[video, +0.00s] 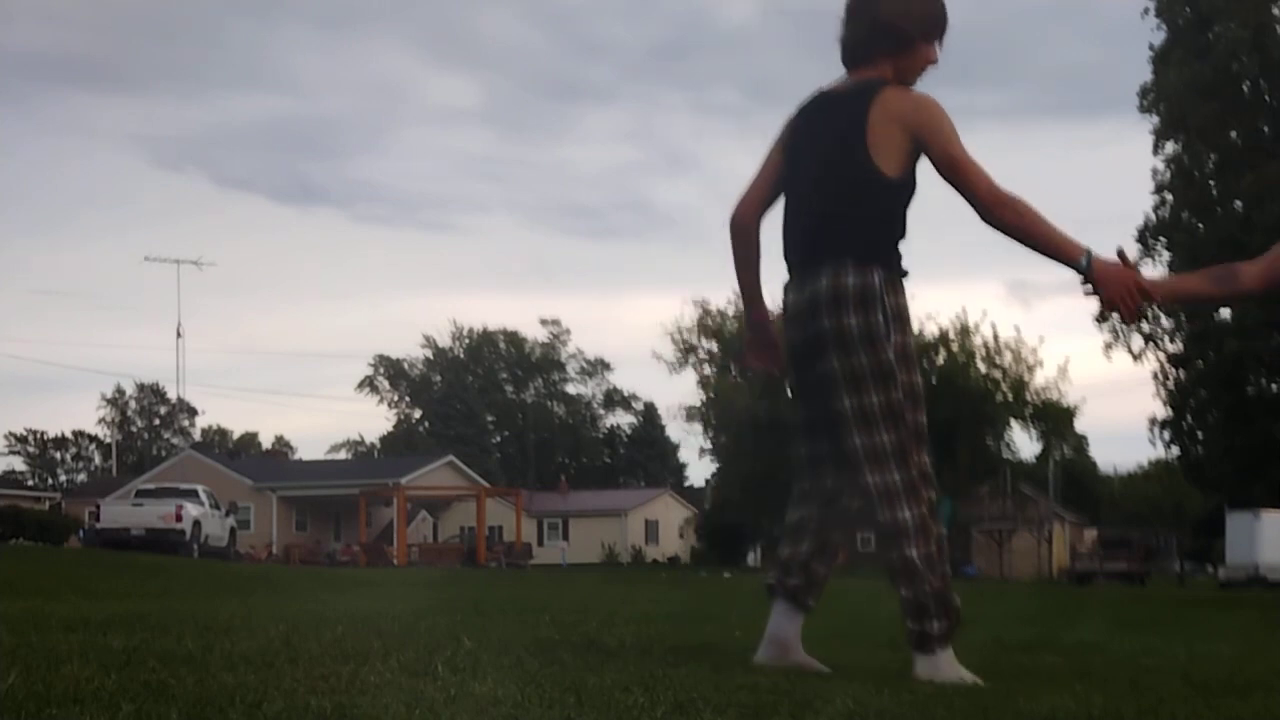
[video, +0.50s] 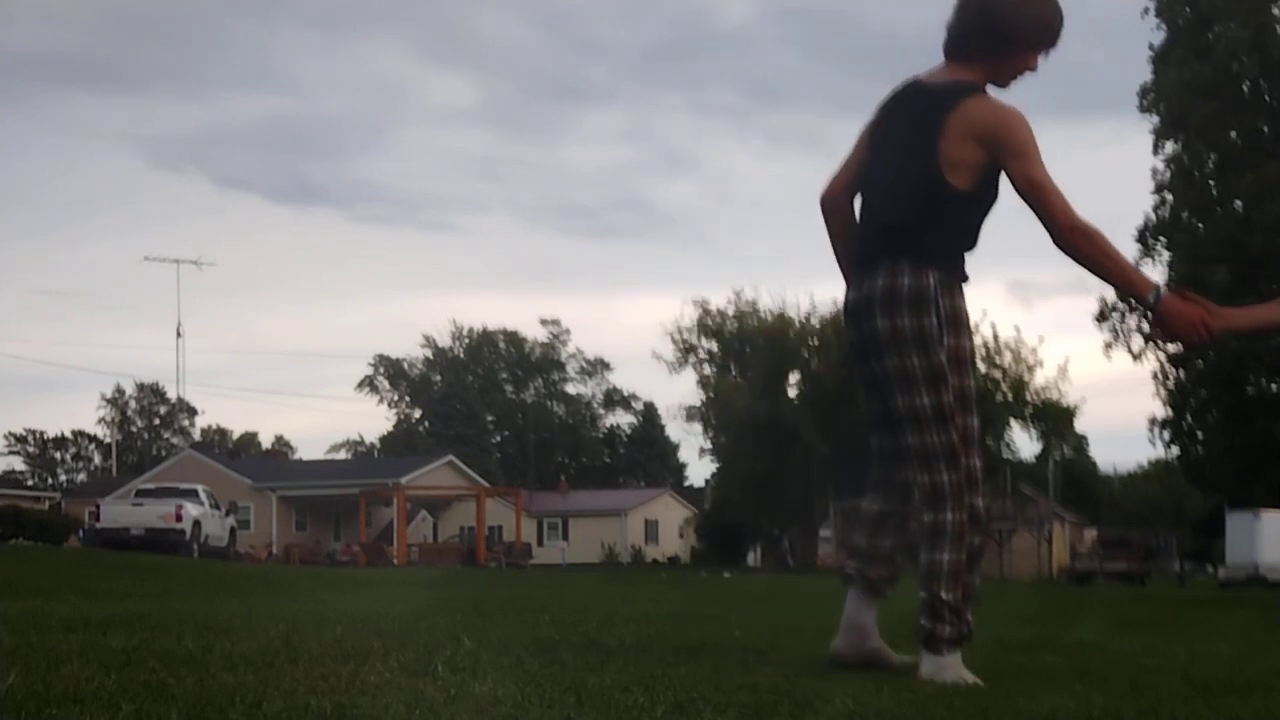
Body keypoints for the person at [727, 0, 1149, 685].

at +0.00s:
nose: (933, 59)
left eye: (934, 47)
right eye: (931, 46)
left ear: (858, 45)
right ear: (909, 44)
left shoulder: (808, 114)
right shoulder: (911, 108)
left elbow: (744, 217)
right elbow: (993, 204)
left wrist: (756, 314)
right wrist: (1090, 262)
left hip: (803, 301)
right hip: (863, 295)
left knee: (825, 469)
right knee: (902, 468)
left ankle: (782, 633)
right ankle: (932, 651)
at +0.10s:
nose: (962, 63)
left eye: (964, 50)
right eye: (960, 49)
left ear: (883, 43)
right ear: (934, 47)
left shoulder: (829, 120)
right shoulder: (934, 118)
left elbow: (768, 220)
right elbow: (1009, 222)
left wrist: (786, 316)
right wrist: (1101, 290)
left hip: (826, 302)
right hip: (890, 294)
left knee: (851, 470)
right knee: (932, 466)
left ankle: (788, 630)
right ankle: (937, 654)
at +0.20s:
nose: (987, 66)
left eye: (991, 54)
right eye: (987, 52)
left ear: (917, 40)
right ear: (962, 47)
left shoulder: (858, 111)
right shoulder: (956, 116)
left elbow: (794, 216)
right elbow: (1031, 219)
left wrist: (814, 311)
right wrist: (1118, 291)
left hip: (840, 302)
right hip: (901, 296)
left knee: (873, 466)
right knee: (950, 471)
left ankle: (797, 622)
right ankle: (940, 657)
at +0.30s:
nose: (1005, 66)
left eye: (1010, 54)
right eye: (1007, 53)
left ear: (935, 36)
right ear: (988, 49)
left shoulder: (876, 107)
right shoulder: (974, 117)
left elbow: (815, 210)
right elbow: (1043, 225)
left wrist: (841, 311)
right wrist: (1129, 292)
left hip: (854, 294)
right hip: (911, 292)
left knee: (888, 465)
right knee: (952, 473)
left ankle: (810, 614)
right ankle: (940, 656)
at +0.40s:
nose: (1023, 64)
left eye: (1028, 52)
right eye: (1025, 51)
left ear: (952, 33)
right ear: (1003, 48)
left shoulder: (891, 102)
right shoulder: (987, 117)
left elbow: (827, 202)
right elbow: (1054, 228)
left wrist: (856, 284)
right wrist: (1141, 293)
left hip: (862, 291)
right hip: (917, 291)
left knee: (896, 462)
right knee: (953, 472)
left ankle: (831, 618)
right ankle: (942, 655)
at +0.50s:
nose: (1036, 63)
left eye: (1041, 51)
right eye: (1037, 49)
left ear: (966, 33)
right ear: (1013, 45)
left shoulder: (902, 100)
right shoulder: (995, 118)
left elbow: (835, 199)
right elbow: (1066, 228)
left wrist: (864, 281)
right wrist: (1155, 297)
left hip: (870, 289)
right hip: (921, 290)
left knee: (897, 458)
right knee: (953, 468)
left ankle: (856, 624)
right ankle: (942, 656)